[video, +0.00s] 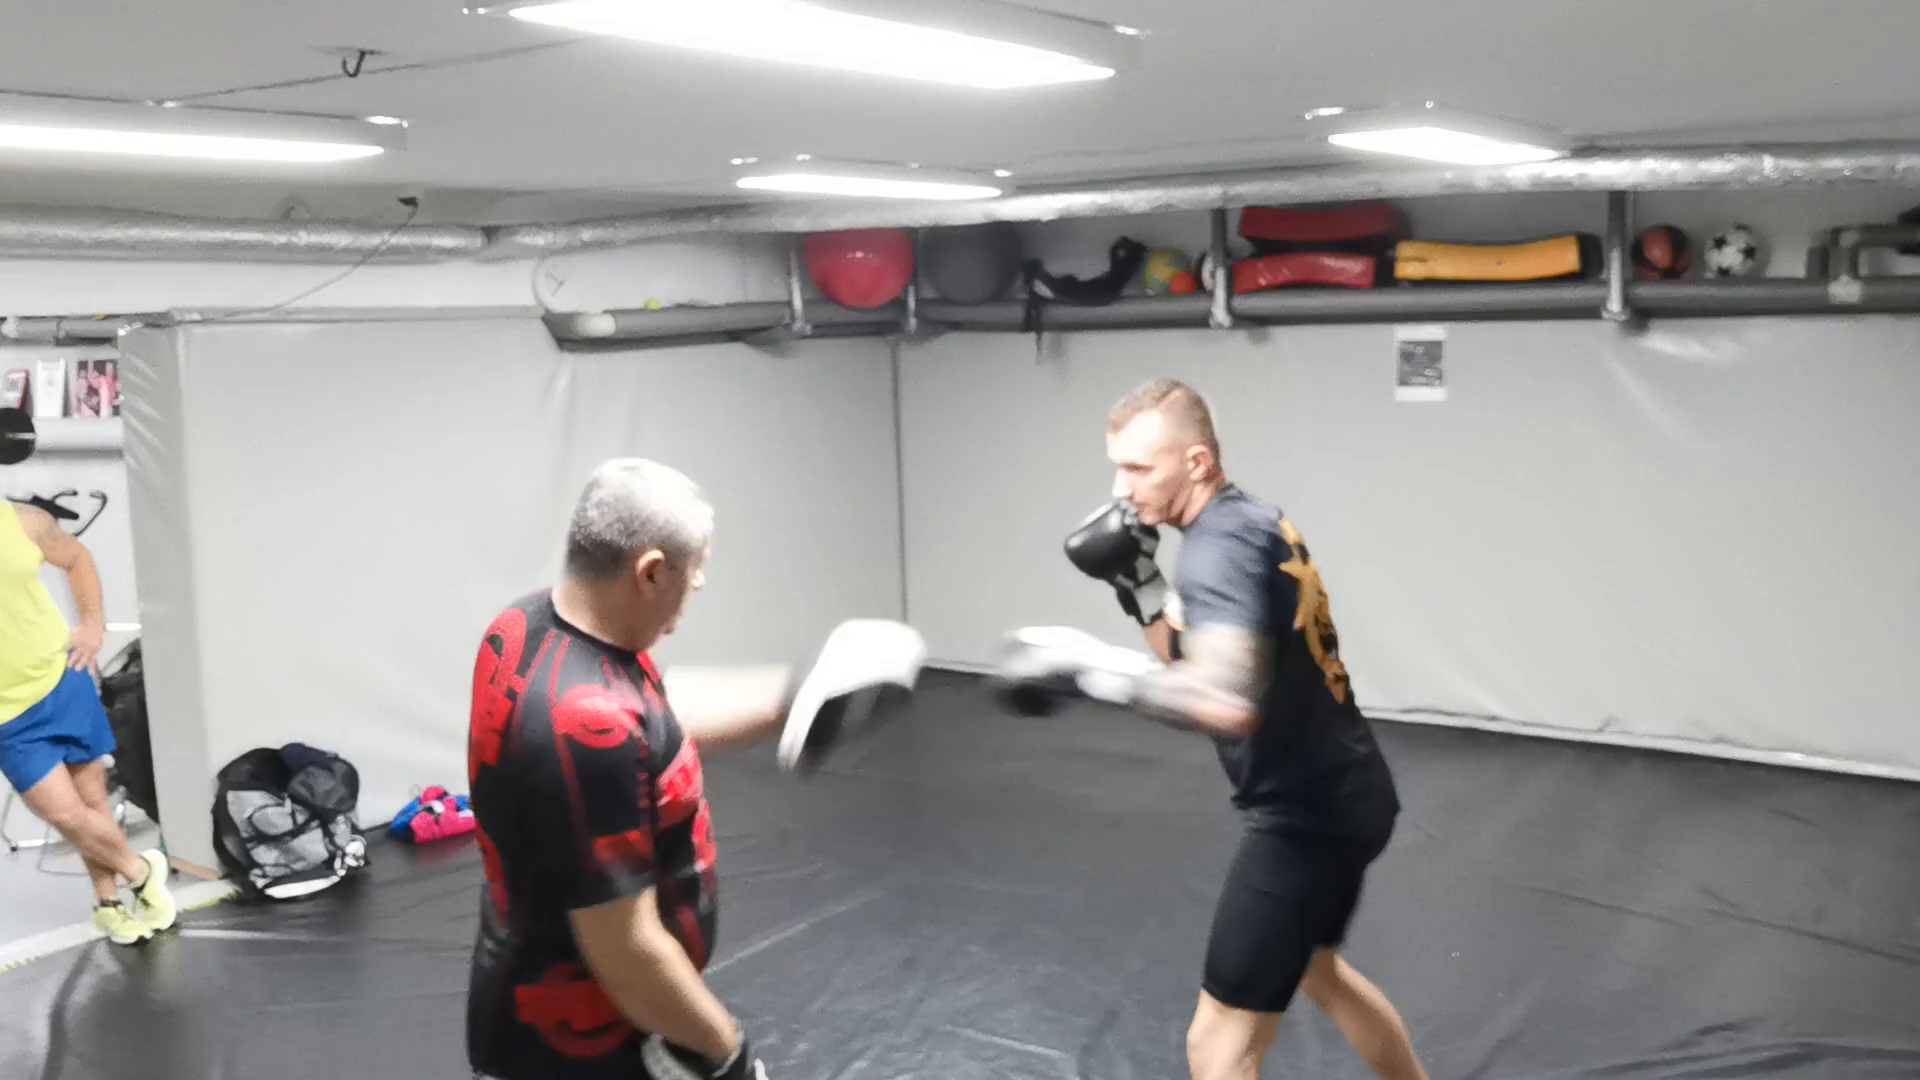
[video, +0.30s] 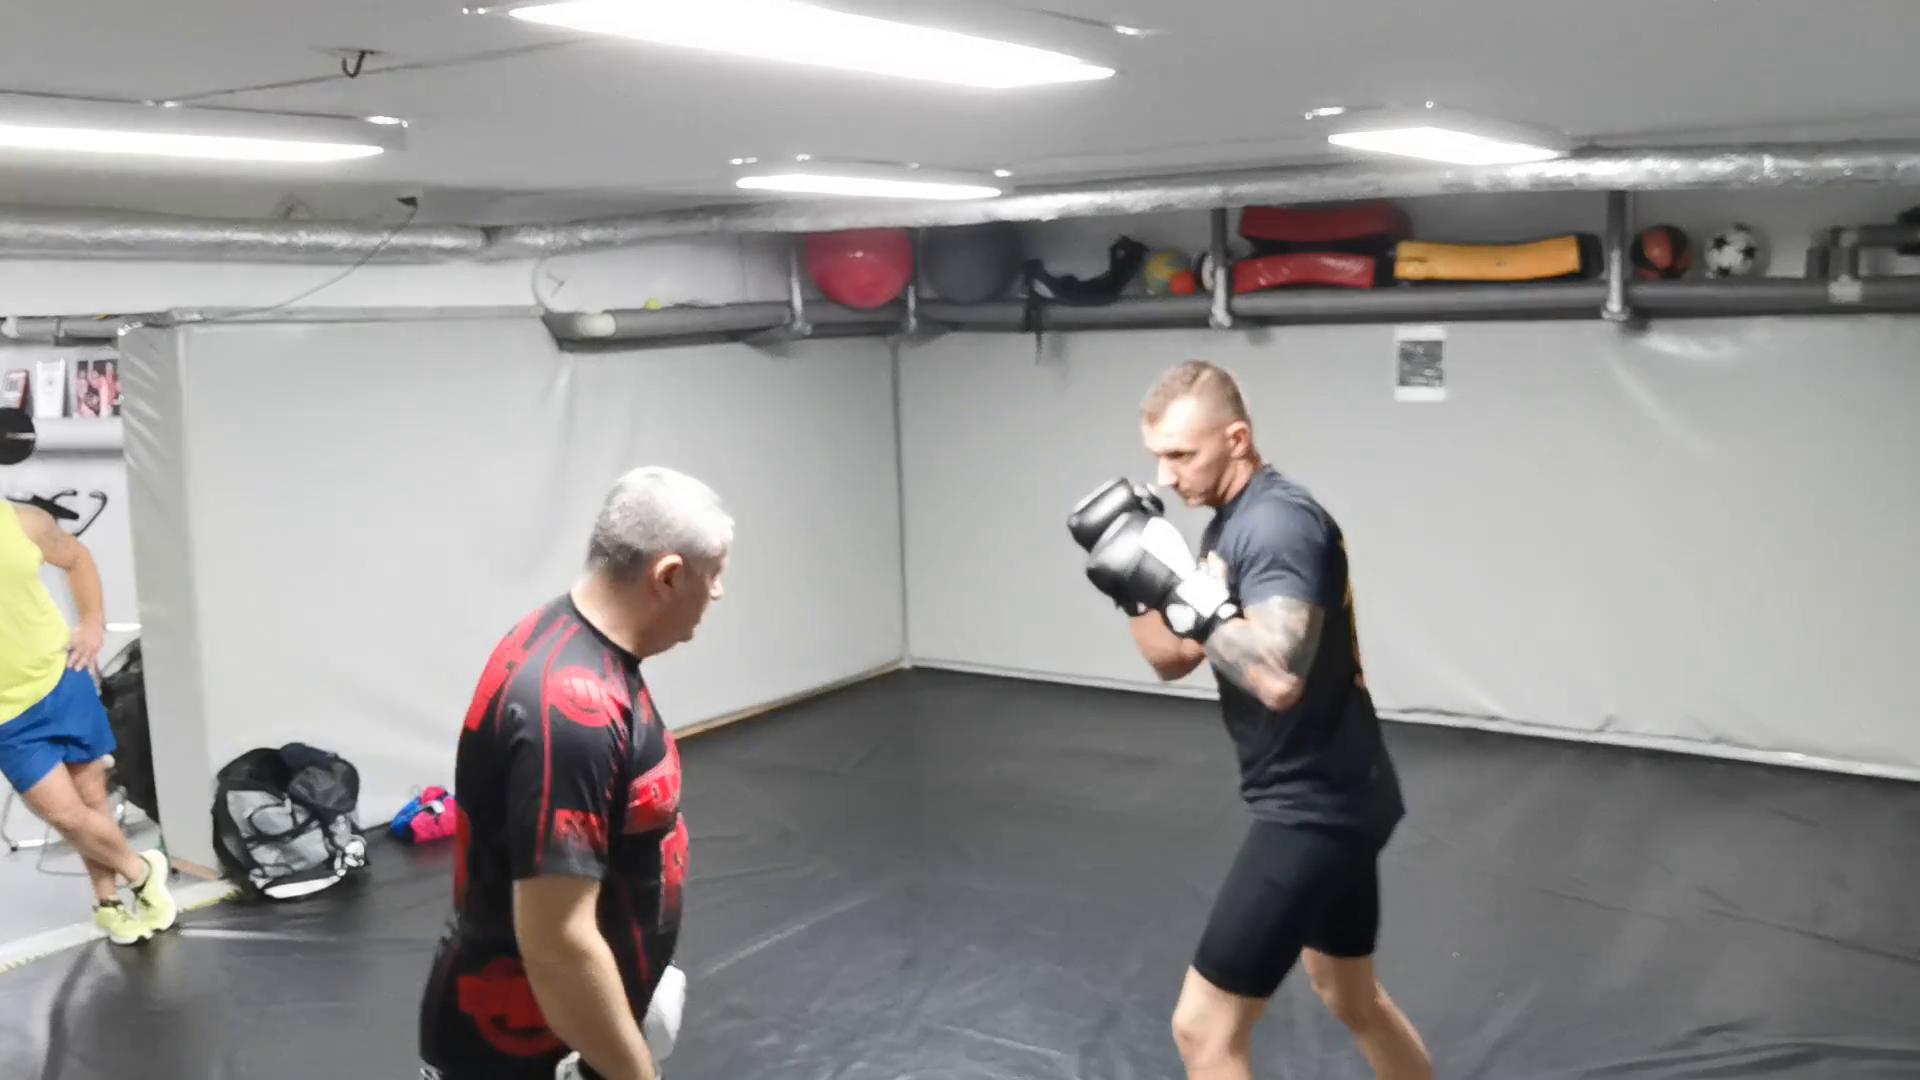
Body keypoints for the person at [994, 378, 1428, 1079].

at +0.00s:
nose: (1123, 489)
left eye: (1137, 468)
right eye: (1120, 470)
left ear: (1196, 461)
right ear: (1194, 463)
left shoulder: (1217, 545)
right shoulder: (1254, 523)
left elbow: (1229, 705)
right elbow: (1193, 675)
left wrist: (1103, 670)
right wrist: (1139, 585)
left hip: (1302, 811)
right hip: (1345, 795)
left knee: (1221, 1043)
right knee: (1320, 971)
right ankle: (1413, 1074)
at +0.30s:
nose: (1169, 476)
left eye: (1181, 456)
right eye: (1162, 458)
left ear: (1236, 438)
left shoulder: (1280, 523)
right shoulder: (1232, 525)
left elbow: (1279, 679)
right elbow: (1167, 655)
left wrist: (1182, 589)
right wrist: (1133, 566)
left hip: (1313, 808)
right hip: (1327, 797)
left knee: (1206, 1031)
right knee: (1352, 995)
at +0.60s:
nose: (1147, 478)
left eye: (1161, 457)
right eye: (1141, 459)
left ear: (1221, 444)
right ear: (1215, 448)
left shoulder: (1252, 534)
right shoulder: (1217, 523)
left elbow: (1188, 695)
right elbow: (1171, 633)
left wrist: (1120, 581)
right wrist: (1118, 568)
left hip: (1298, 817)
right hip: (1283, 805)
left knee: (1197, 1042)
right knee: (1291, 981)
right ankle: (1362, 1074)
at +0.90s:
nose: (1059, 521)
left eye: (1075, 502)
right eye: (1057, 502)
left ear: (1141, 498)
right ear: (1147, 500)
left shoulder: (1150, 575)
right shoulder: (1217, 555)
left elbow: (1126, 701)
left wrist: (1001, 625)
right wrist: (1086, 580)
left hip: (1215, 874)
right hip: (1288, 854)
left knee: (1056, 1061)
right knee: (1273, 996)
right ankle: (1360, 1073)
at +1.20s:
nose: (1050, 531)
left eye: (1065, 511)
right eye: (1045, 510)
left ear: (1129, 499)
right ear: (1133, 499)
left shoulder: (1148, 581)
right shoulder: (1204, 558)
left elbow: (1151, 757)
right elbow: (1178, 690)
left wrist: (1026, 707)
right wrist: (1080, 615)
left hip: (1194, 891)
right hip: (1263, 869)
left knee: (1081, 1070)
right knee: (1254, 1047)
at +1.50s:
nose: (1157, 530)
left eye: (1171, 507)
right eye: (1149, 509)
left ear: (1233, 489)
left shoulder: (1284, 582)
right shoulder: (1237, 575)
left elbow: (1261, 763)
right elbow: (1163, 726)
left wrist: (1180, 655)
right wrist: (1134, 625)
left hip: (1284, 891)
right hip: (1308, 876)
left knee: (1162, 1072)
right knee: (1309, 1058)